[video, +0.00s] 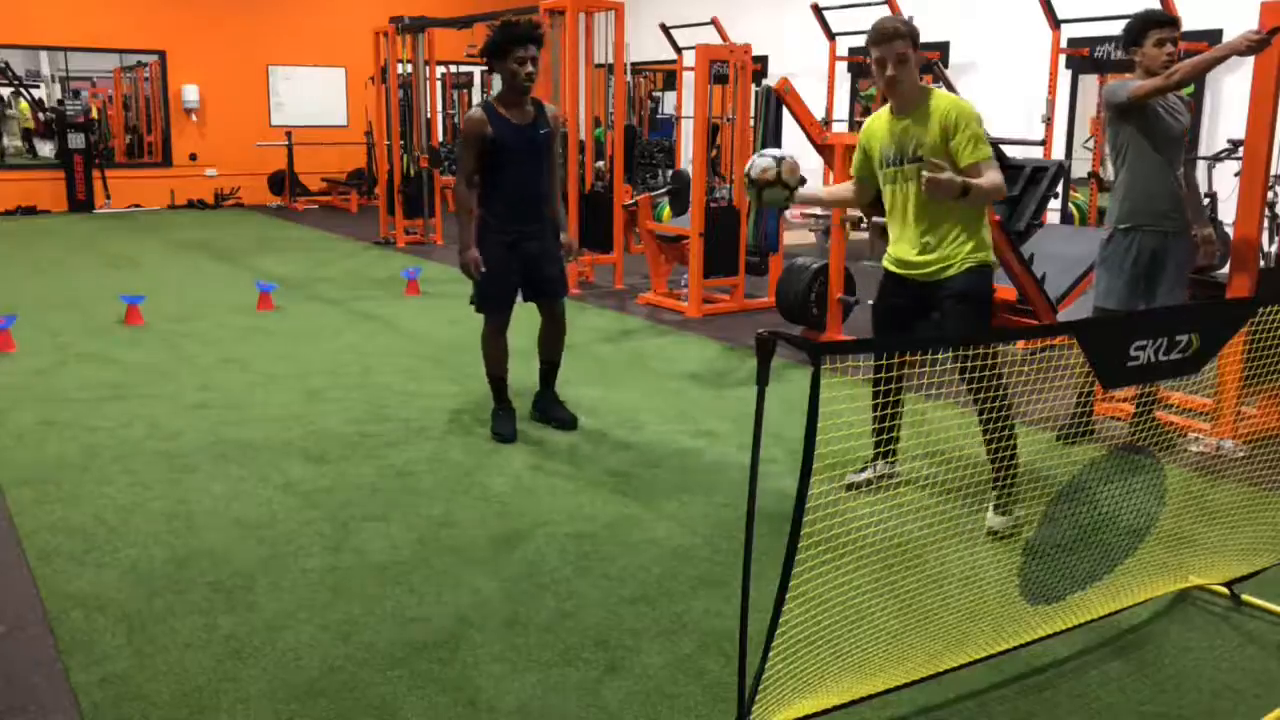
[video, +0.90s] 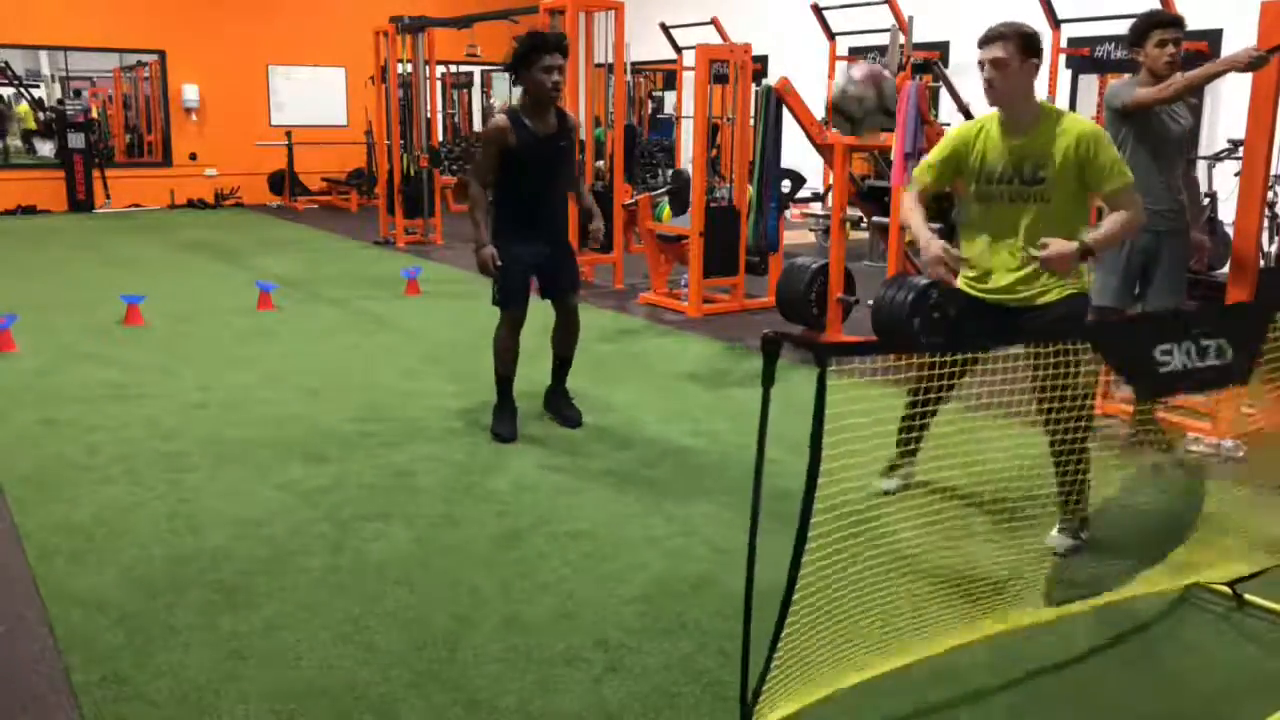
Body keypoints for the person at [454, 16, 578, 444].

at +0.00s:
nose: (527, 69)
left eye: (532, 61)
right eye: (517, 62)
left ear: (538, 65)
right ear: (497, 67)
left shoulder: (547, 118)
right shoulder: (478, 123)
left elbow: (553, 181)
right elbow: (464, 185)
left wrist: (564, 228)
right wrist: (467, 245)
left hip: (541, 237)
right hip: (496, 240)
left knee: (555, 314)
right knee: (495, 324)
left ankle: (547, 396)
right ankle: (502, 406)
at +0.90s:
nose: (556, 79)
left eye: (560, 71)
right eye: (546, 71)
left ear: (565, 76)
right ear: (522, 77)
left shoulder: (567, 125)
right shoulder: (501, 130)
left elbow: (571, 174)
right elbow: (477, 185)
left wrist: (592, 210)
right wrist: (483, 242)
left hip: (555, 238)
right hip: (513, 242)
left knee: (569, 312)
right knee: (511, 320)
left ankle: (558, 391)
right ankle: (505, 403)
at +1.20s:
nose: (561, 83)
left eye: (563, 77)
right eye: (551, 77)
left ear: (569, 84)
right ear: (531, 90)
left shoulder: (577, 137)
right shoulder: (516, 143)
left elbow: (591, 187)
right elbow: (496, 194)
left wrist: (629, 174)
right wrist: (508, 214)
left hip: (559, 238)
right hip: (524, 239)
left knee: (580, 314)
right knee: (531, 321)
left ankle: (568, 394)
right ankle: (502, 394)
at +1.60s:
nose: (586, 78)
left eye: (590, 70)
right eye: (579, 70)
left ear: (592, 70)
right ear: (556, 71)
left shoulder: (600, 115)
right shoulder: (538, 122)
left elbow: (622, 164)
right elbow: (522, 173)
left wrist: (630, 165)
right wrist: (530, 208)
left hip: (598, 226)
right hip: (557, 228)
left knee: (617, 300)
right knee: (551, 304)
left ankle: (616, 376)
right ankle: (522, 362)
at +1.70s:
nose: (604, 98)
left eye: (608, 90)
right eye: (597, 90)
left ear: (610, 89)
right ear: (577, 87)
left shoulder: (612, 127)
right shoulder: (547, 129)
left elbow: (614, 171)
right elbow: (523, 171)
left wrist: (636, 184)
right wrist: (521, 216)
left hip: (603, 224)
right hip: (566, 225)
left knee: (621, 301)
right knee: (589, 304)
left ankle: (620, 381)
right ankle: (554, 351)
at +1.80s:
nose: (616, 104)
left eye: (619, 96)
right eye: (610, 96)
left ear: (621, 98)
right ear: (589, 96)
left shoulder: (624, 138)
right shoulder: (557, 135)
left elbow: (634, 181)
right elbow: (525, 175)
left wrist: (645, 203)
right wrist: (515, 225)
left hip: (604, 226)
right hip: (569, 226)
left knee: (624, 296)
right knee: (613, 288)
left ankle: (620, 379)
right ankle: (599, 366)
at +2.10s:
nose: (597, 128)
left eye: (604, 121)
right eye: (590, 121)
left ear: (612, 125)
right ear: (576, 125)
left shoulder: (625, 172)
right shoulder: (558, 169)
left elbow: (628, 221)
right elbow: (533, 213)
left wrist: (631, 256)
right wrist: (518, 252)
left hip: (606, 252)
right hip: (568, 254)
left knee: (644, 314)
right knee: (604, 302)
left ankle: (676, 379)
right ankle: (590, 371)